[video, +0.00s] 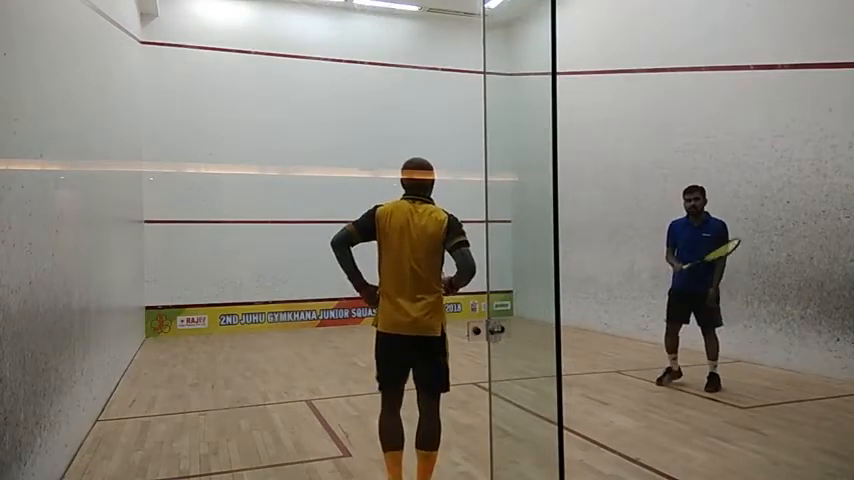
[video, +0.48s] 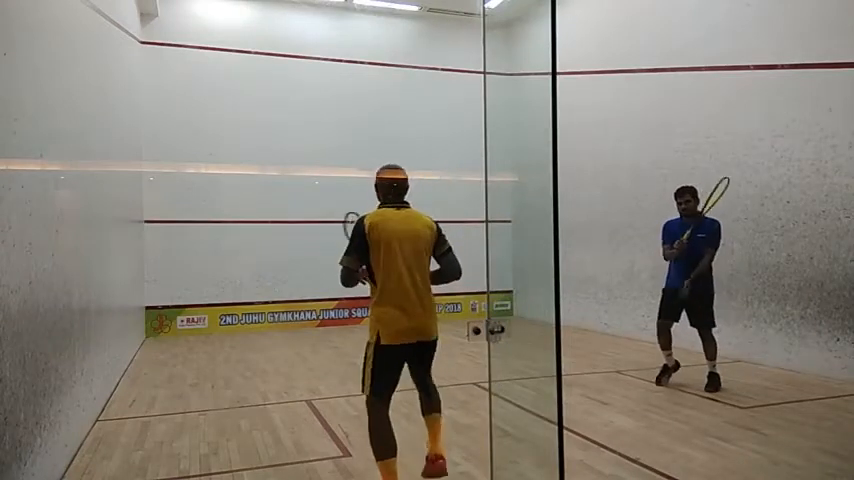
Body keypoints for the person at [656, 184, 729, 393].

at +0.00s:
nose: (692, 204)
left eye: (696, 200)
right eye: (688, 200)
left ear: (705, 201)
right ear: (683, 203)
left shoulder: (718, 227)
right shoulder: (676, 227)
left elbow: (721, 260)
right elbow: (669, 255)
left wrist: (714, 288)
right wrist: (677, 266)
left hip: (705, 289)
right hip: (680, 289)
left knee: (709, 332)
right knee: (671, 328)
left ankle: (713, 374)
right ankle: (673, 368)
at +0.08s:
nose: (691, 204)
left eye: (696, 199)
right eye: (687, 200)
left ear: (704, 201)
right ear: (683, 203)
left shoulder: (717, 227)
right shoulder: (675, 226)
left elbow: (719, 259)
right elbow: (669, 255)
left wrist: (710, 285)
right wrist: (675, 260)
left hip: (704, 287)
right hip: (679, 287)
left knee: (708, 331)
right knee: (670, 327)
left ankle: (712, 373)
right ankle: (672, 366)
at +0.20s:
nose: (690, 205)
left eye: (694, 201)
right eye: (686, 202)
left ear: (702, 201)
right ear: (681, 205)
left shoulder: (716, 227)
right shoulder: (674, 226)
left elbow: (716, 260)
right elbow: (668, 255)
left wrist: (703, 284)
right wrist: (676, 254)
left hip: (703, 287)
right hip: (677, 287)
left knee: (706, 332)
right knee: (666, 328)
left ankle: (712, 373)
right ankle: (670, 366)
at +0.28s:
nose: (690, 206)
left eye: (693, 202)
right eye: (685, 203)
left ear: (700, 202)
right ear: (680, 205)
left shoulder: (715, 227)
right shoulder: (673, 226)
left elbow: (714, 259)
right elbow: (668, 254)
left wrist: (701, 283)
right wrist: (676, 252)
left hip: (702, 287)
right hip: (676, 287)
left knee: (706, 332)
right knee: (665, 328)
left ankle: (712, 373)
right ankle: (670, 366)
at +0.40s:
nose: (686, 206)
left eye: (690, 201)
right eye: (682, 203)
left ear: (700, 202)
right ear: (678, 206)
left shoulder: (713, 226)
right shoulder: (672, 226)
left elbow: (710, 260)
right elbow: (666, 254)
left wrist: (696, 283)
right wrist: (675, 250)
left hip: (701, 288)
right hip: (675, 287)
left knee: (705, 332)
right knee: (664, 328)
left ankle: (712, 373)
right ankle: (670, 365)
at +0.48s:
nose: (684, 206)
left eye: (688, 202)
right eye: (680, 203)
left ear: (697, 203)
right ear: (676, 206)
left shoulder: (711, 226)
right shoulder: (670, 226)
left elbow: (708, 259)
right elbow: (666, 255)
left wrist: (690, 279)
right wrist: (676, 250)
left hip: (700, 286)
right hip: (674, 284)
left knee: (704, 331)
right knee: (662, 326)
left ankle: (712, 373)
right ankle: (670, 363)